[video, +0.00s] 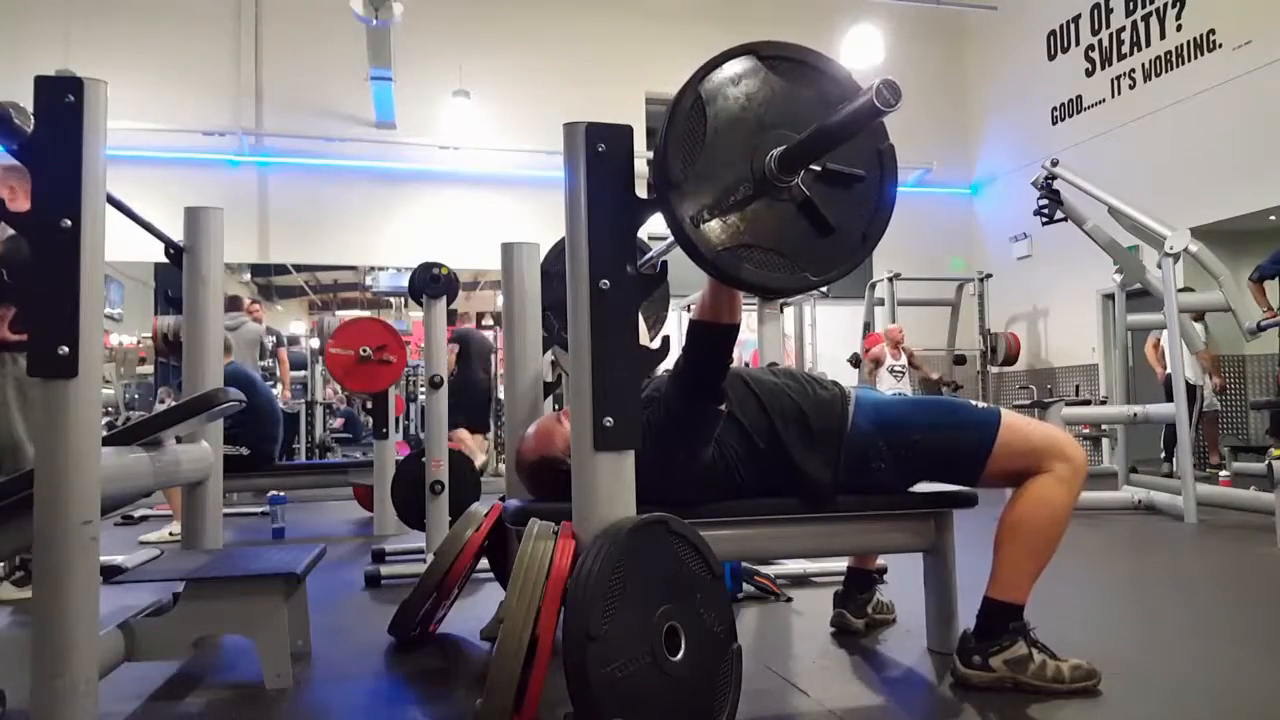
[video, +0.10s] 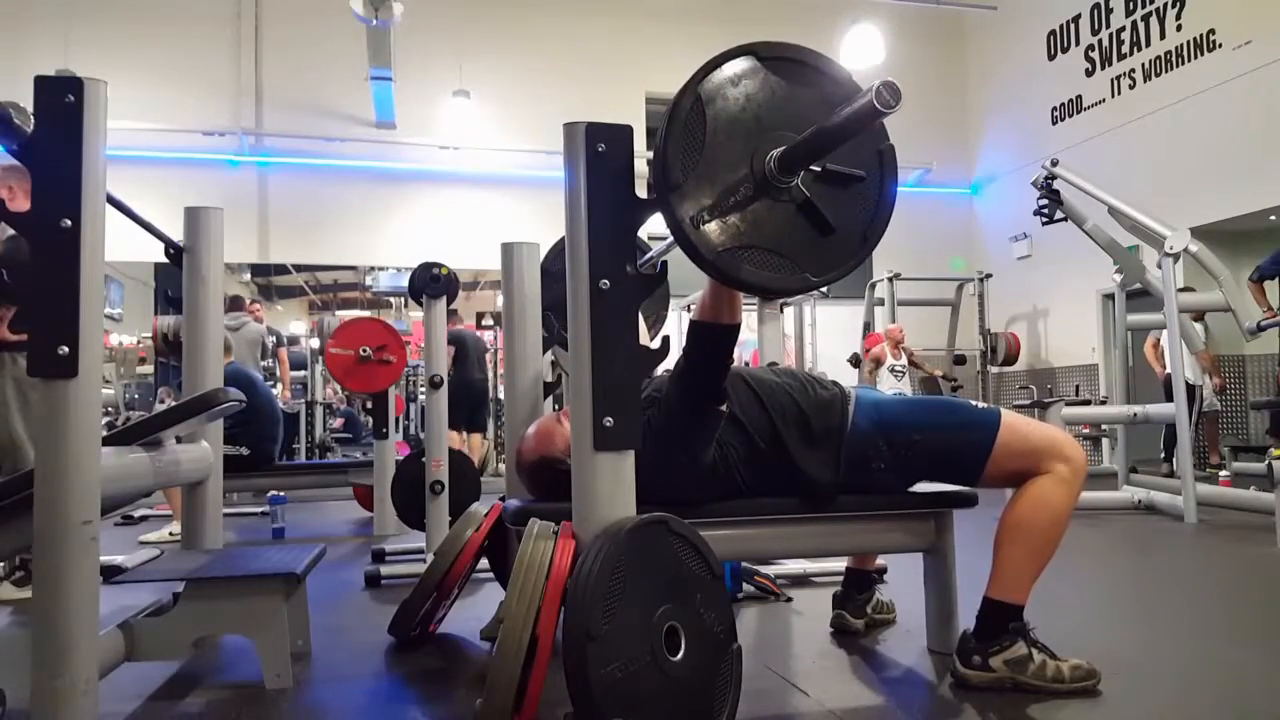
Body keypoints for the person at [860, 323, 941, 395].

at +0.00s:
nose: (903, 334)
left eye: (902, 332)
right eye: (900, 332)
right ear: (891, 336)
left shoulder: (906, 351)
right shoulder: (877, 352)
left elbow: (915, 365)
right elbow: (869, 372)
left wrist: (931, 374)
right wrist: (872, 391)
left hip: (906, 393)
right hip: (886, 393)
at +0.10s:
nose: (903, 334)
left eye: (903, 331)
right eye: (900, 332)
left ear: (892, 336)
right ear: (890, 336)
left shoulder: (905, 351)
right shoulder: (877, 352)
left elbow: (921, 365)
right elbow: (868, 373)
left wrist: (942, 375)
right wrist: (870, 394)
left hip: (906, 396)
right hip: (886, 397)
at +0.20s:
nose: (904, 335)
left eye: (903, 332)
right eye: (901, 332)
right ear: (891, 336)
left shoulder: (906, 353)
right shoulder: (878, 352)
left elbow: (926, 365)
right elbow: (867, 374)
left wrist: (947, 372)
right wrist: (870, 395)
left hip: (907, 398)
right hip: (887, 398)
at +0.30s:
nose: (904, 335)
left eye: (903, 332)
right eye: (901, 333)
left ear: (896, 336)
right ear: (890, 336)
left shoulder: (905, 352)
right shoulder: (879, 353)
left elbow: (925, 363)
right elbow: (868, 373)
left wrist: (947, 367)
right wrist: (871, 394)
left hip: (907, 397)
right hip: (887, 397)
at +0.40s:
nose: (904, 335)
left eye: (903, 332)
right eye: (900, 333)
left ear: (895, 336)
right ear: (890, 336)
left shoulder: (904, 352)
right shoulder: (879, 353)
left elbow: (924, 361)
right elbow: (868, 374)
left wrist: (946, 364)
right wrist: (871, 395)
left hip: (908, 397)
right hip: (888, 397)